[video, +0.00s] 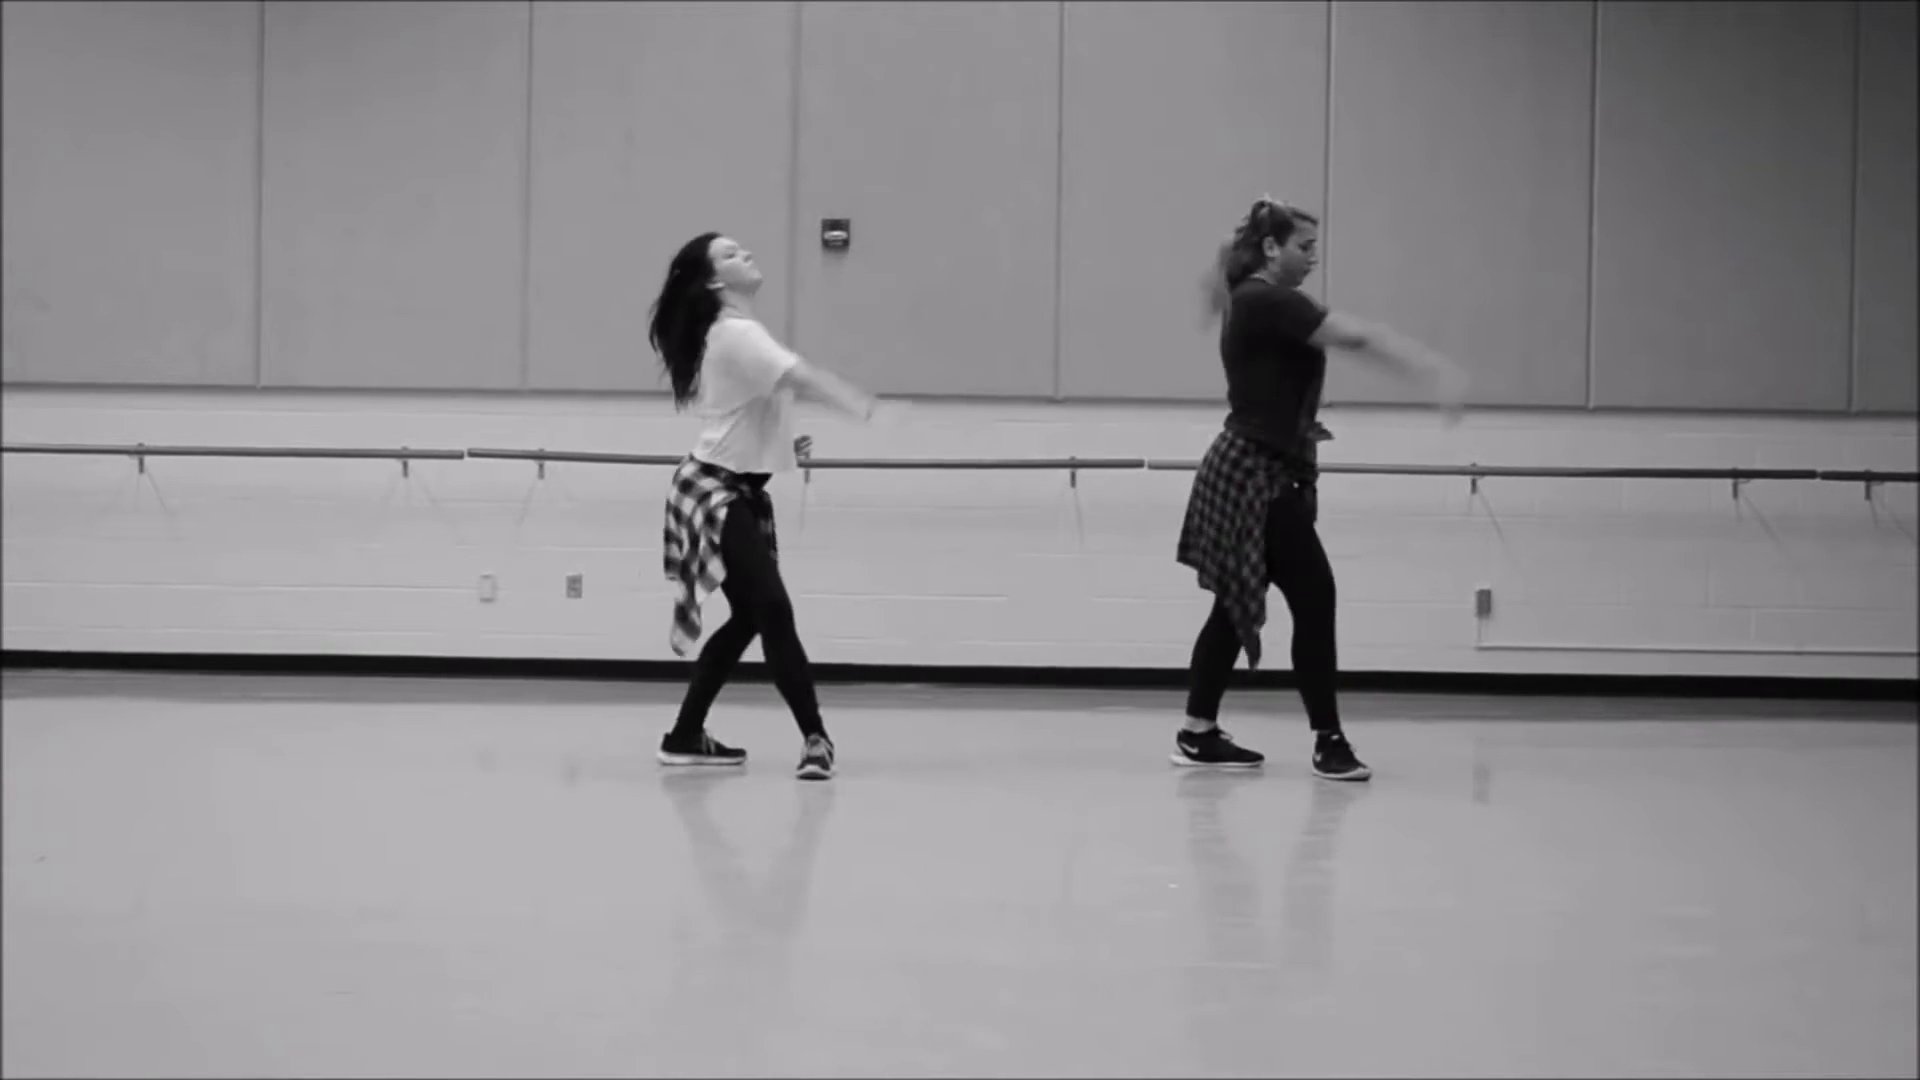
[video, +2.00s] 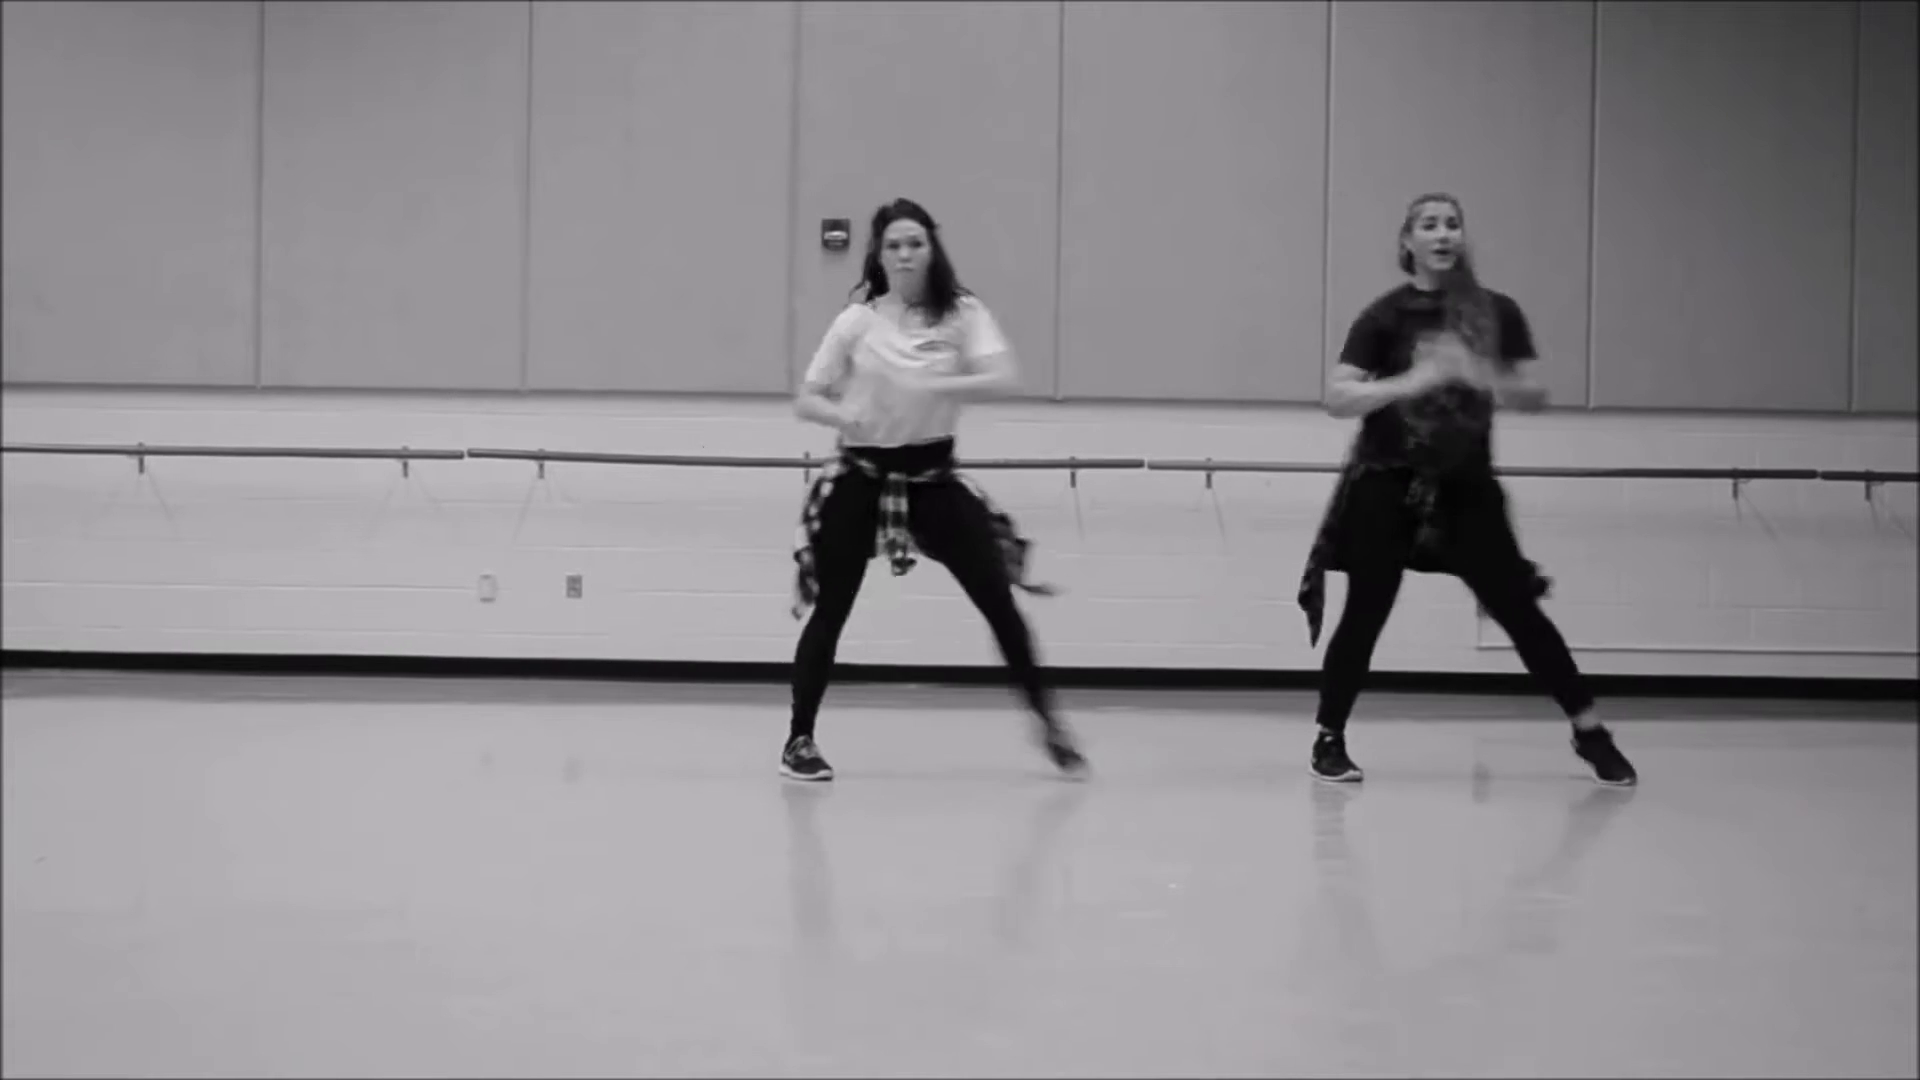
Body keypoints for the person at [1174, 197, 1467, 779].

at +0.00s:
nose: (1311, 259)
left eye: (1314, 249)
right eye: (1303, 248)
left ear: (1274, 250)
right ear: (1270, 247)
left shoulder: (1256, 300)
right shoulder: (1270, 300)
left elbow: (1258, 385)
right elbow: (1359, 337)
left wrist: (1299, 425)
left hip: (1258, 473)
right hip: (1262, 478)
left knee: (1236, 602)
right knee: (1314, 596)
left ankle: (1198, 730)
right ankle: (1328, 741)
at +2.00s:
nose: (1443, 235)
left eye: (1452, 225)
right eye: (1429, 226)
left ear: (1465, 238)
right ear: (1406, 241)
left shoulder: (1496, 313)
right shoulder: (1385, 315)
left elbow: (1534, 395)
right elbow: (1338, 397)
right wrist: (1417, 379)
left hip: (1465, 487)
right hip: (1386, 487)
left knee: (1518, 611)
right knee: (1365, 615)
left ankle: (1589, 729)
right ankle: (1329, 738)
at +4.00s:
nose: (1514, 262)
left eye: (1531, 266)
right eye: (1518, 254)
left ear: (1541, 295)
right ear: (1503, 265)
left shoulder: (1535, 343)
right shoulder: (1474, 323)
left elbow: (1569, 400)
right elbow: (1456, 299)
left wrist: (1505, 433)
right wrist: (1451, 245)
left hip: (1524, 507)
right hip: (1457, 506)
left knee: (1553, 635)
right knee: (1389, 605)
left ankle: (1593, 748)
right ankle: (1331, 735)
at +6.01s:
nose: (1347, 321)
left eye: (1359, 308)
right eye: (1336, 309)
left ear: (1377, 308)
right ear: (1319, 307)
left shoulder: (1389, 373)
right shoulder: (1288, 350)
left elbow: (1357, 460)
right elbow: (1251, 419)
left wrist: (1306, 451)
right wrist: (1212, 422)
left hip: (1328, 517)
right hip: (1252, 507)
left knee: (1339, 630)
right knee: (1170, 602)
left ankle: (1371, 747)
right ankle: (1199, 735)